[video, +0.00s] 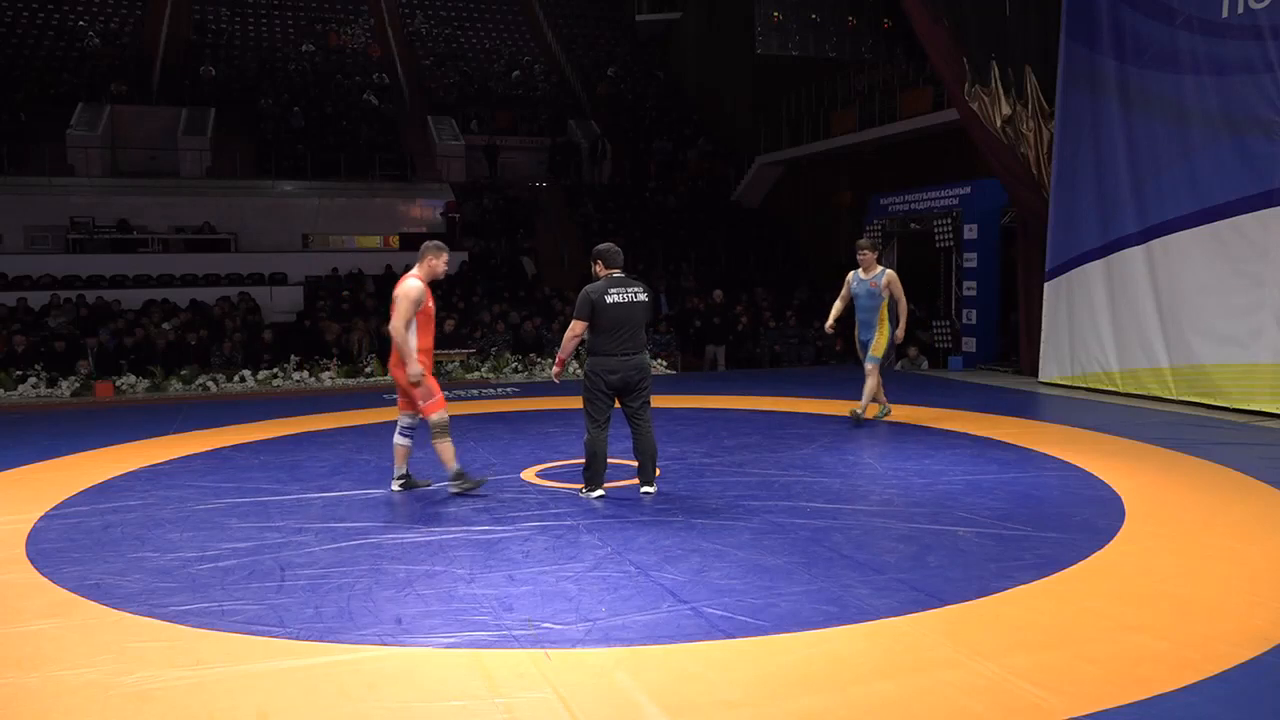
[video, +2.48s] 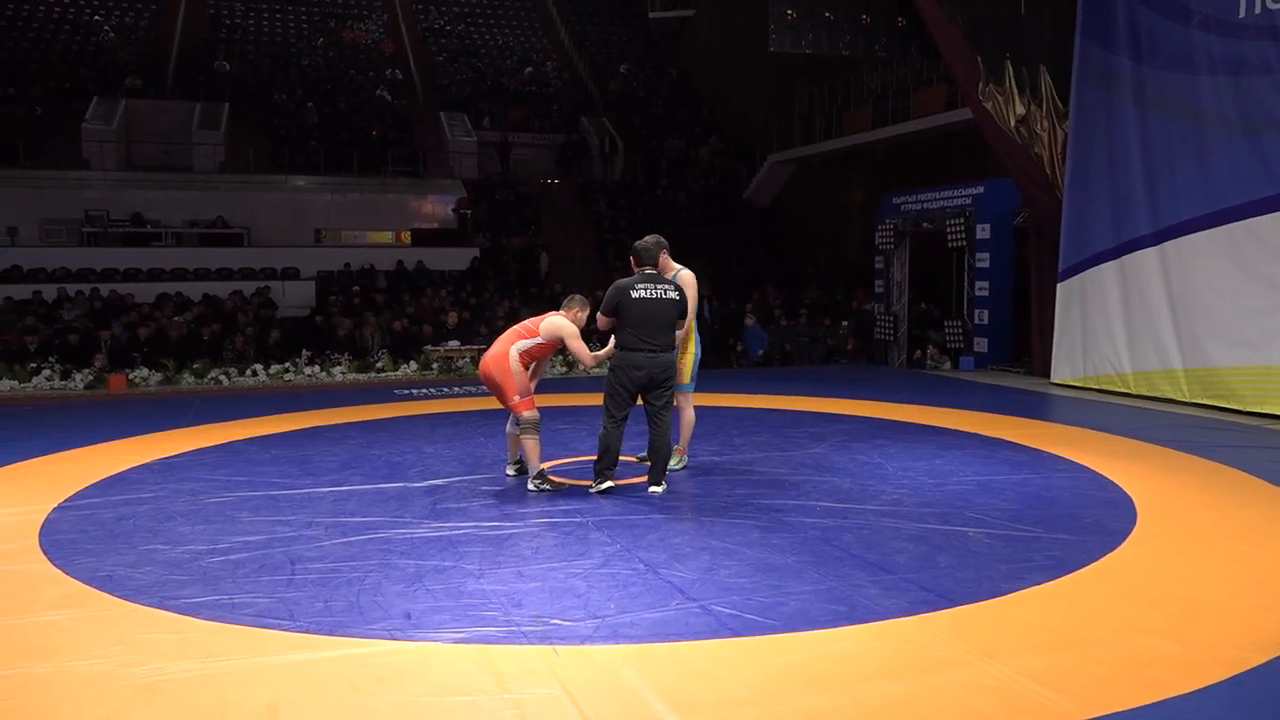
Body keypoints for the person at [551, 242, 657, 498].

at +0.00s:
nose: (593, 269)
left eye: (593, 266)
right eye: (593, 265)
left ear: (600, 265)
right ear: (620, 264)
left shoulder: (591, 293)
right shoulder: (641, 290)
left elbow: (576, 332)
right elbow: (640, 324)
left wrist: (559, 362)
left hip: (601, 367)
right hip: (637, 365)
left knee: (597, 427)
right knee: (642, 422)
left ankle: (594, 485)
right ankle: (648, 481)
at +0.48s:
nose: (571, 271)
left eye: (571, 268)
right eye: (571, 268)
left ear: (576, 268)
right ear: (597, 264)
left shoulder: (577, 295)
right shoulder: (616, 286)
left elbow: (567, 338)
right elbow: (616, 324)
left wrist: (560, 362)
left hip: (592, 368)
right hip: (625, 364)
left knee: (593, 430)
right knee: (635, 421)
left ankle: (593, 487)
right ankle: (647, 479)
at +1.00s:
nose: (601, 263)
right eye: (602, 260)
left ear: (574, 266)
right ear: (601, 262)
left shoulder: (566, 295)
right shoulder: (619, 287)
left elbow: (553, 338)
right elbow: (621, 320)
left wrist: (558, 357)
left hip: (587, 367)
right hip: (623, 363)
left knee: (591, 428)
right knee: (635, 419)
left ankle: (593, 485)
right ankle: (647, 477)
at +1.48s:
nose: (622, 262)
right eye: (622, 259)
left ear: (595, 264)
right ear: (620, 262)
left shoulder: (581, 292)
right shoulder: (638, 289)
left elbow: (568, 332)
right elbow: (660, 322)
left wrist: (563, 363)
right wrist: (642, 315)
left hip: (596, 366)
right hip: (632, 363)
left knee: (596, 426)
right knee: (640, 421)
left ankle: (594, 484)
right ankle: (647, 479)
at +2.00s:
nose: (618, 263)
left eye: (618, 260)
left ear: (619, 262)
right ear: (646, 261)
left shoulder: (606, 288)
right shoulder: (661, 290)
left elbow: (589, 326)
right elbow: (663, 323)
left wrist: (608, 336)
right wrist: (641, 326)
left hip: (614, 362)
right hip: (650, 362)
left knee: (604, 422)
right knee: (650, 421)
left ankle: (597, 480)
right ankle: (650, 480)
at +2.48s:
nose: (629, 263)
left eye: (630, 260)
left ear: (633, 262)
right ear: (659, 261)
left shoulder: (620, 288)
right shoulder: (674, 289)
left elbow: (603, 323)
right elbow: (679, 324)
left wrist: (627, 317)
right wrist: (655, 318)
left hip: (627, 361)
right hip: (663, 361)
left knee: (614, 420)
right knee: (660, 421)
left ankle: (603, 475)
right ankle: (657, 480)